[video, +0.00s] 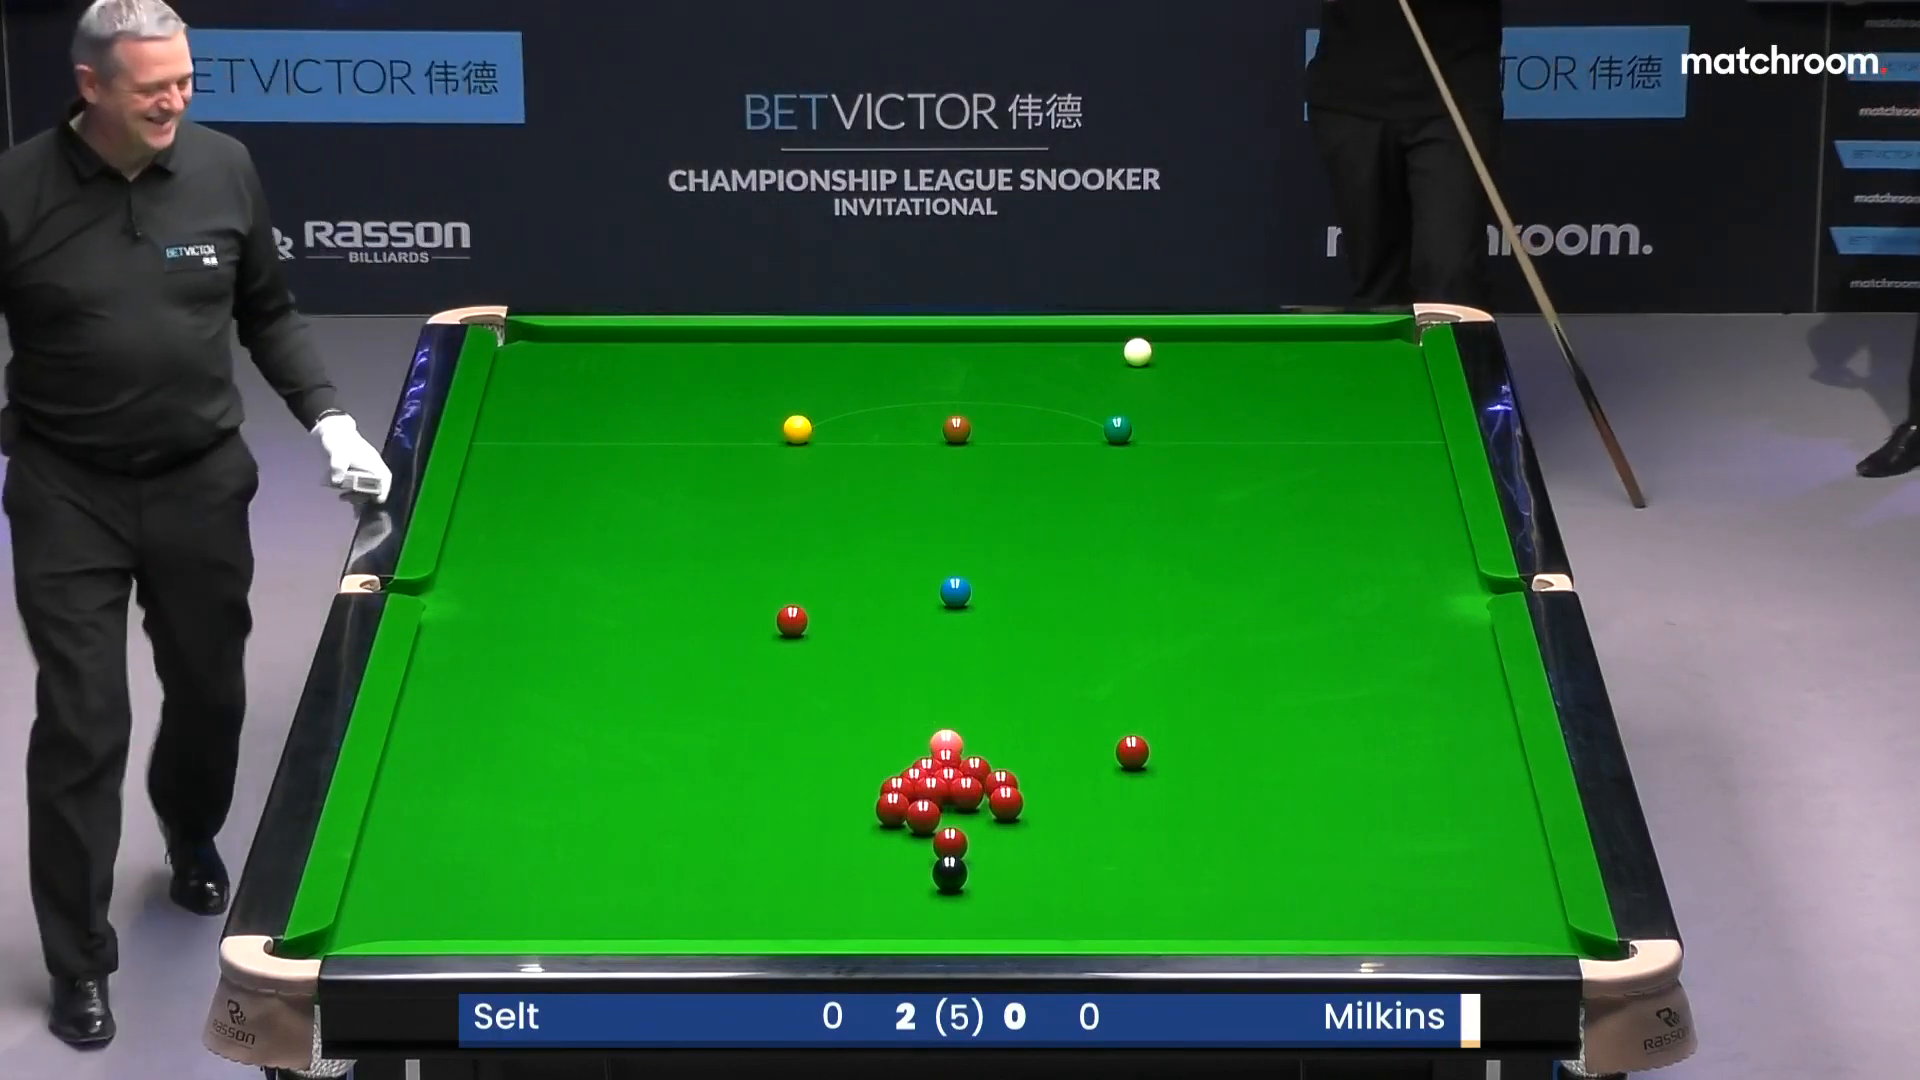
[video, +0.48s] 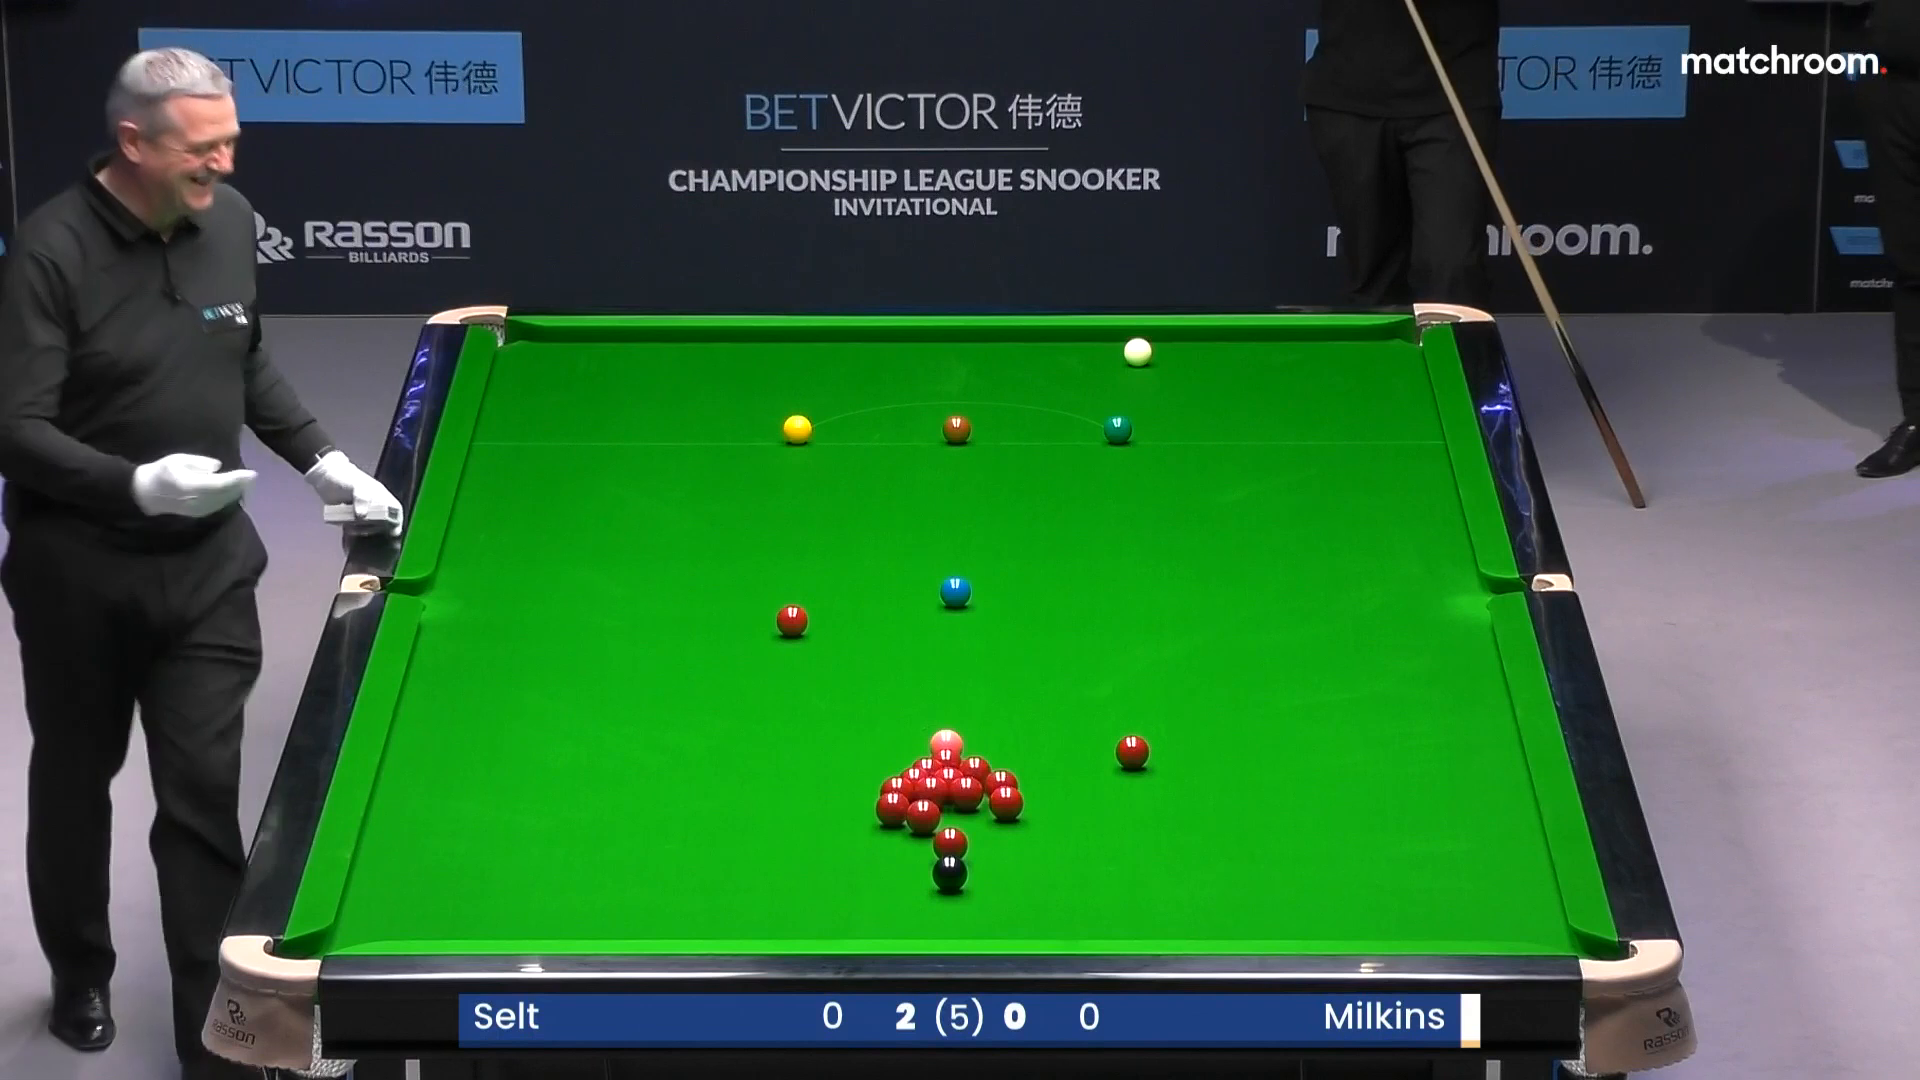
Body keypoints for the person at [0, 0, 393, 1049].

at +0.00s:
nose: (173, 105)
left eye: (182, 84)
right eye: (151, 91)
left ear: (192, 70)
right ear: (89, 84)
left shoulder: (222, 169)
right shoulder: (18, 189)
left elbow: (269, 311)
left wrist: (330, 417)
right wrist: (0, 457)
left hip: (200, 483)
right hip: (63, 486)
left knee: (212, 695)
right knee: (83, 722)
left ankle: (190, 831)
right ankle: (78, 960)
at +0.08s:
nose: (171, 107)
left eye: (179, 87)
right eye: (149, 94)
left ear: (186, 73)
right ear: (83, 89)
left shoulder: (213, 167)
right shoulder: (16, 192)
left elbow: (258, 312)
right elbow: (0, 349)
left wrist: (324, 426)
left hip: (193, 489)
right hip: (54, 491)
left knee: (226, 704)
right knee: (66, 733)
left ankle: (185, 805)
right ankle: (77, 956)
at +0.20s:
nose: (175, 115)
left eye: (184, 95)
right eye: (154, 100)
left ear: (189, 84)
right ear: (88, 96)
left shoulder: (208, 174)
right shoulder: (13, 205)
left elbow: (251, 323)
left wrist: (325, 440)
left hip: (193, 503)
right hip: (49, 516)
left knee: (232, 712)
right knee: (61, 756)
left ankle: (168, 839)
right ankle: (76, 960)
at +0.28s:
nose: (184, 126)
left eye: (192, 106)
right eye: (164, 112)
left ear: (196, 96)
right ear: (96, 107)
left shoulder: (207, 182)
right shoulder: (18, 214)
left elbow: (248, 331)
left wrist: (324, 445)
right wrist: (17, 494)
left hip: (193, 514)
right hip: (55, 533)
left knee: (232, 723)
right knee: (63, 760)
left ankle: (175, 919)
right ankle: (76, 959)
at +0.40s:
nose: (201, 149)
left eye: (208, 130)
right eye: (182, 133)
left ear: (211, 121)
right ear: (111, 126)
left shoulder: (217, 203)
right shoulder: (29, 235)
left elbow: (245, 347)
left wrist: (319, 451)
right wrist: (84, 480)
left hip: (205, 538)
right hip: (67, 549)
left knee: (207, 783)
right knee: (67, 773)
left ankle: (213, 1006)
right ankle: (80, 974)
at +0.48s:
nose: (222, 166)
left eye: (230, 146)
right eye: (204, 149)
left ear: (227, 135)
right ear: (131, 142)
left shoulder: (228, 221)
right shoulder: (50, 249)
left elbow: (248, 363)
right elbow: (18, 426)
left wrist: (322, 460)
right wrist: (133, 481)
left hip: (211, 556)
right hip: (77, 565)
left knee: (206, 802)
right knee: (75, 784)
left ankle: (212, 1031)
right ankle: (81, 973)